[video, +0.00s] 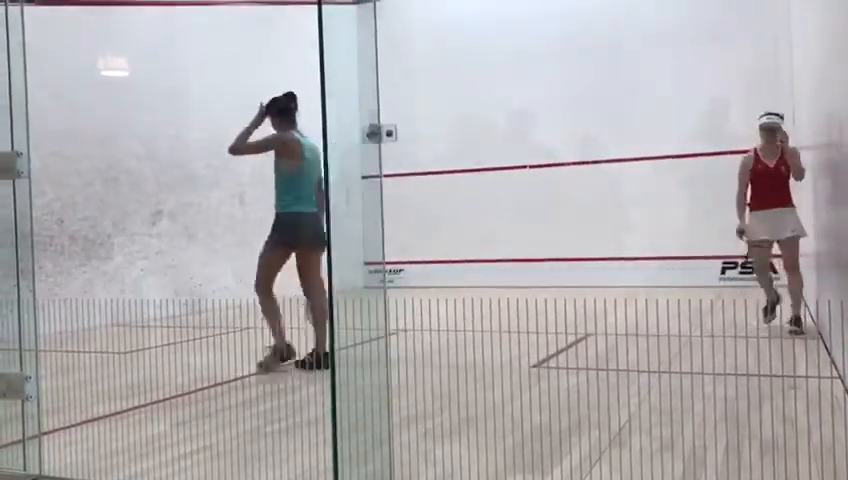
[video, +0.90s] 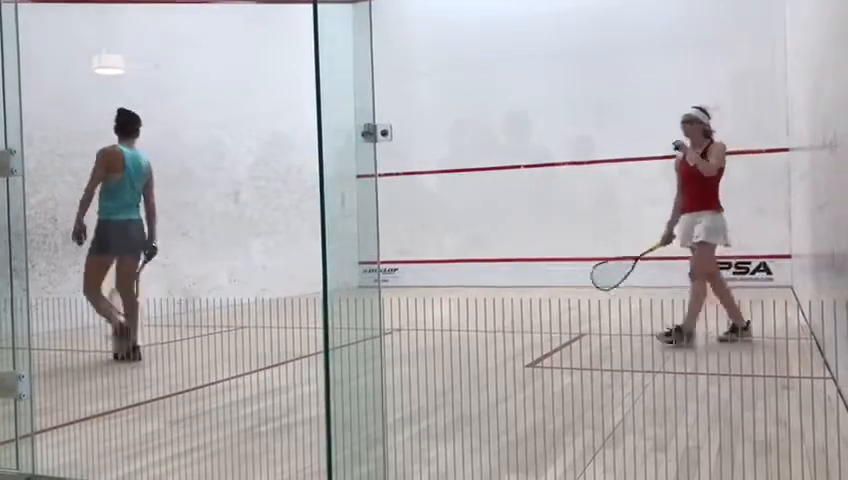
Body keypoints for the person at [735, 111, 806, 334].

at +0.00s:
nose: (770, 134)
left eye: (774, 130)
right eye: (765, 130)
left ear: (781, 131)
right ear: (759, 132)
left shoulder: (789, 153)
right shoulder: (749, 159)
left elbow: (799, 176)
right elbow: (741, 192)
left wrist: (787, 149)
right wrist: (741, 221)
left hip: (785, 215)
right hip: (758, 218)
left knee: (792, 267)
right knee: (760, 267)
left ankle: (796, 314)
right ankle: (771, 296)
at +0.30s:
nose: (750, 133)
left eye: (754, 128)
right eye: (746, 129)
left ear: (764, 131)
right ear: (741, 133)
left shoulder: (776, 151)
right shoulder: (737, 162)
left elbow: (774, 167)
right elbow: (733, 198)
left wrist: (763, 141)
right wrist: (728, 230)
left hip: (776, 218)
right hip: (750, 221)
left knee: (786, 270)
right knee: (752, 273)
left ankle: (793, 316)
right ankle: (749, 323)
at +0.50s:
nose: (726, 128)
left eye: (731, 124)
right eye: (724, 124)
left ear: (743, 127)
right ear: (721, 129)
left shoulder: (757, 147)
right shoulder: (717, 159)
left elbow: (753, 162)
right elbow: (717, 197)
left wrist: (740, 138)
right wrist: (716, 231)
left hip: (756, 217)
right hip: (730, 219)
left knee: (763, 271)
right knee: (739, 275)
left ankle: (784, 306)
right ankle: (745, 325)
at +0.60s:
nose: (721, 127)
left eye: (726, 123)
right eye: (717, 123)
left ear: (736, 126)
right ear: (712, 128)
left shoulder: (749, 147)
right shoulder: (709, 158)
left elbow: (743, 162)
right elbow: (709, 196)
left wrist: (730, 136)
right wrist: (707, 230)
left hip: (745, 215)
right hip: (719, 217)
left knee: (744, 269)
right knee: (733, 273)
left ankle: (769, 306)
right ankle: (744, 325)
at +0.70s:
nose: (710, 127)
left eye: (715, 122)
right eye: (707, 124)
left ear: (727, 125)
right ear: (704, 129)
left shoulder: (740, 146)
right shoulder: (700, 158)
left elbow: (731, 163)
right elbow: (700, 194)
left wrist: (718, 140)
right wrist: (695, 228)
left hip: (733, 213)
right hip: (709, 215)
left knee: (725, 264)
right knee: (724, 270)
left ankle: (744, 322)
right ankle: (740, 322)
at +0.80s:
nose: (695, 128)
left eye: (700, 124)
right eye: (694, 124)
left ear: (714, 127)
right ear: (695, 129)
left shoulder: (729, 147)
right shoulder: (692, 158)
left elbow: (718, 165)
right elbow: (690, 195)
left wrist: (703, 146)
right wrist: (683, 228)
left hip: (722, 215)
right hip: (700, 217)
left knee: (714, 271)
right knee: (719, 272)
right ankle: (742, 324)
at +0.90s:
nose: (686, 127)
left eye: (691, 123)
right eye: (684, 123)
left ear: (704, 126)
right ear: (682, 128)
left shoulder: (716, 147)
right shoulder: (681, 159)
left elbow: (711, 170)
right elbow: (680, 196)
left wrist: (687, 151)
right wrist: (670, 228)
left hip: (709, 217)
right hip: (689, 219)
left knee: (698, 273)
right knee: (712, 274)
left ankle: (687, 329)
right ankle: (739, 323)